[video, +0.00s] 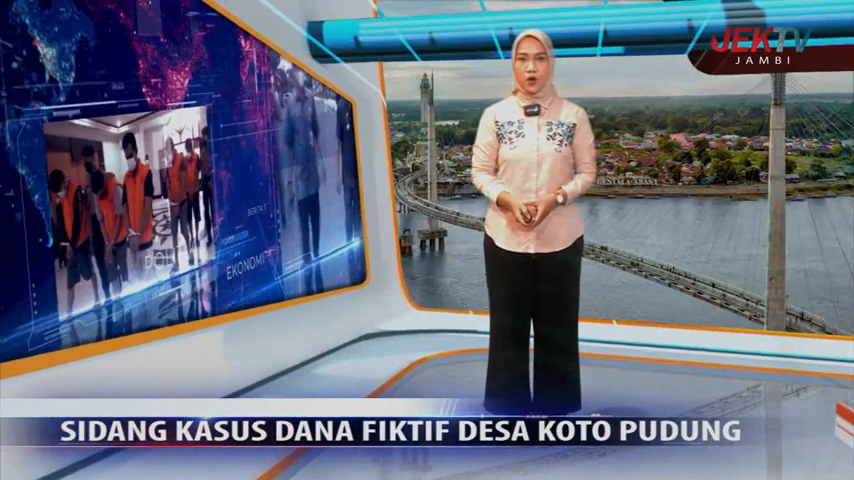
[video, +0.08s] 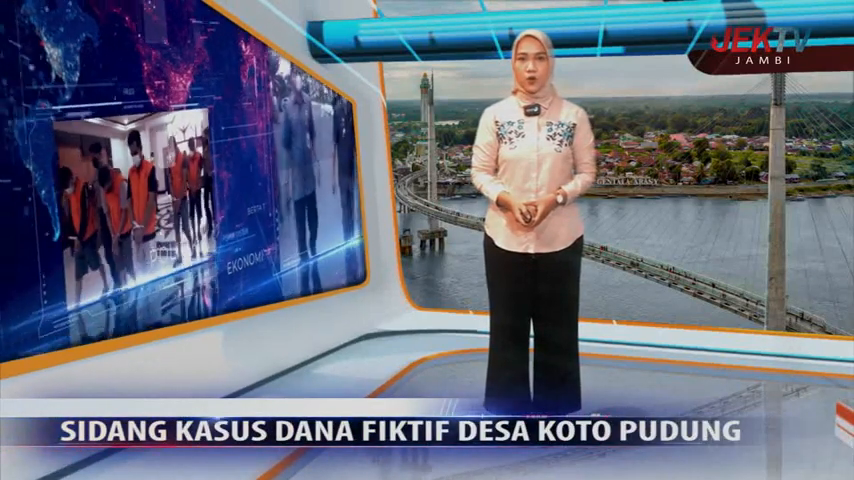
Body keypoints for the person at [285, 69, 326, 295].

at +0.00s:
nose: (302, 103)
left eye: (305, 99)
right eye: (298, 99)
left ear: (308, 100)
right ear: (292, 101)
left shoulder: (311, 116)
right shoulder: (290, 119)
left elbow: (317, 134)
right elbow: (286, 144)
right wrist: (288, 175)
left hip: (312, 163)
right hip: (297, 165)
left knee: (315, 207)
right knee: (303, 212)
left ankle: (316, 251)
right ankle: (306, 253)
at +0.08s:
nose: (298, 94)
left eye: (300, 90)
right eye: (295, 91)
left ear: (303, 91)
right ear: (290, 92)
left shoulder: (308, 107)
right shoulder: (287, 110)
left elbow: (313, 130)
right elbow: (284, 139)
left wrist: (314, 148)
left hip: (307, 158)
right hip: (293, 159)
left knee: (311, 202)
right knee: (299, 203)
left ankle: (313, 243)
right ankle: (302, 246)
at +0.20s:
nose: (296, 87)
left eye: (298, 83)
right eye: (293, 83)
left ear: (301, 87)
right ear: (288, 87)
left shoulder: (304, 110)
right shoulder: (285, 111)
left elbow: (309, 135)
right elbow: (282, 142)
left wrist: (305, 120)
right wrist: (289, 127)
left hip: (304, 157)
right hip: (292, 159)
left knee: (308, 202)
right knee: (296, 204)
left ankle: (309, 246)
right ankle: (299, 247)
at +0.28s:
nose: (296, 107)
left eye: (298, 104)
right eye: (293, 104)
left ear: (301, 105)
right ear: (288, 105)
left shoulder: (302, 119)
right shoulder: (284, 121)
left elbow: (306, 139)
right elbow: (281, 144)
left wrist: (303, 123)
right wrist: (284, 125)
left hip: (303, 165)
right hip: (291, 169)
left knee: (307, 211)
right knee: (295, 211)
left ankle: (309, 248)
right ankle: (298, 248)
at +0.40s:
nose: (295, 104)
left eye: (297, 101)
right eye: (292, 101)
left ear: (299, 102)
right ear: (288, 102)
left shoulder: (302, 120)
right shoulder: (284, 121)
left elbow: (305, 142)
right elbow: (280, 146)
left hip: (302, 162)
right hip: (290, 165)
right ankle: (295, 246)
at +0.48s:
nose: (294, 112)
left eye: (296, 109)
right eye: (292, 109)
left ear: (299, 110)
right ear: (288, 109)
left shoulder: (300, 125)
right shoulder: (284, 125)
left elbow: (304, 145)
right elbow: (280, 149)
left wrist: (304, 156)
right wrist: (281, 181)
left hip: (300, 165)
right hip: (288, 166)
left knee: (302, 198)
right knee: (293, 199)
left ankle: (304, 233)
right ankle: (294, 237)